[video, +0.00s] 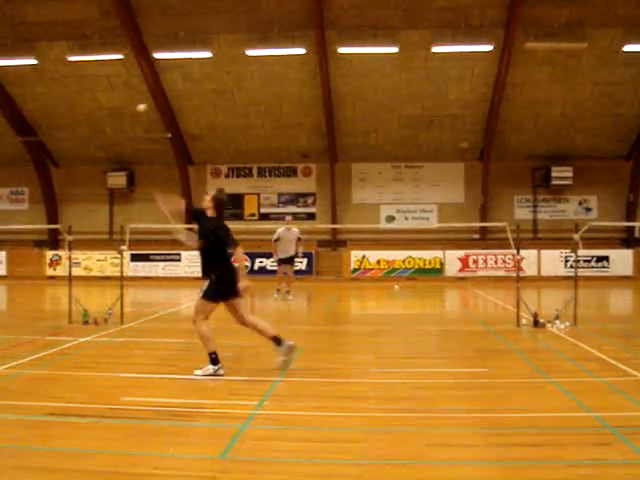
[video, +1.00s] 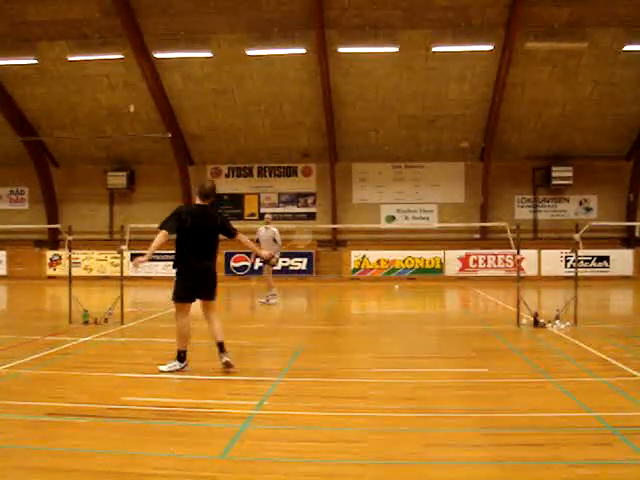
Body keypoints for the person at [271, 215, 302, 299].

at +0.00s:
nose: (288, 224)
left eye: (290, 222)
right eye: (287, 222)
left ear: (293, 223)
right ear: (284, 223)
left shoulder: (296, 232)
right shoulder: (280, 231)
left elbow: (299, 241)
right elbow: (274, 241)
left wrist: (298, 252)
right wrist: (274, 253)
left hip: (291, 254)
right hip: (281, 255)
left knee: (290, 274)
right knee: (280, 273)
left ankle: (288, 291)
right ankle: (278, 290)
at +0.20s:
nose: (287, 227)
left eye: (289, 225)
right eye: (286, 225)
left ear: (292, 226)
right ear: (283, 226)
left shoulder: (295, 236)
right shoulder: (278, 236)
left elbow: (302, 246)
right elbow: (272, 246)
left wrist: (304, 257)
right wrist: (270, 258)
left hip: (291, 259)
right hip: (280, 259)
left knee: (297, 276)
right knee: (279, 276)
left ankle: (297, 294)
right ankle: (273, 295)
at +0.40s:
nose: (293, 236)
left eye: (295, 234)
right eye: (292, 234)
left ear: (296, 235)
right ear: (289, 234)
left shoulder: (299, 245)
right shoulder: (283, 244)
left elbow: (303, 256)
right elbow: (276, 254)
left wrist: (303, 265)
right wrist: (272, 264)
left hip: (293, 263)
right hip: (283, 264)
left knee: (302, 277)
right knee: (282, 277)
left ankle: (310, 296)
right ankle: (273, 295)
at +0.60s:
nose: (286, 235)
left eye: (288, 233)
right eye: (285, 233)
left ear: (290, 234)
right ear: (282, 233)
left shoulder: (294, 244)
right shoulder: (277, 243)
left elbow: (299, 256)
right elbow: (273, 254)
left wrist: (300, 267)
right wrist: (271, 264)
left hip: (291, 265)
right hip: (279, 266)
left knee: (299, 281)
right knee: (274, 276)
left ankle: (311, 296)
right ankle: (270, 296)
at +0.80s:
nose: (275, 224)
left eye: (277, 223)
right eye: (274, 222)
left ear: (279, 224)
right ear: (272, 223)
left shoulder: (281, 234)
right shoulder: (267, 233)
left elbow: (286, 246)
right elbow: (262, 245)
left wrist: (287, 257)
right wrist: (261, 257)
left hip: (280, 257)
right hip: (270, 258)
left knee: (282, 276)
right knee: (270, 278)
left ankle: (297, 289)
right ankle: (270, 297)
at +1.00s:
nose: (267, 221)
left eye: (269, 219)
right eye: (266, 218)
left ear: (271, 220)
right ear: (264, 220)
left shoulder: (274, 231)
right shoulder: (260, 230)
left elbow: (279, 244)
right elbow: (257, 244)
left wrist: (274, 254)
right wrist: (253, 256)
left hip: (273, 255)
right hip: (264, 255)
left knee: (267, 274)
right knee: (266, 275)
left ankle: (273, 294)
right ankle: (269, 294)